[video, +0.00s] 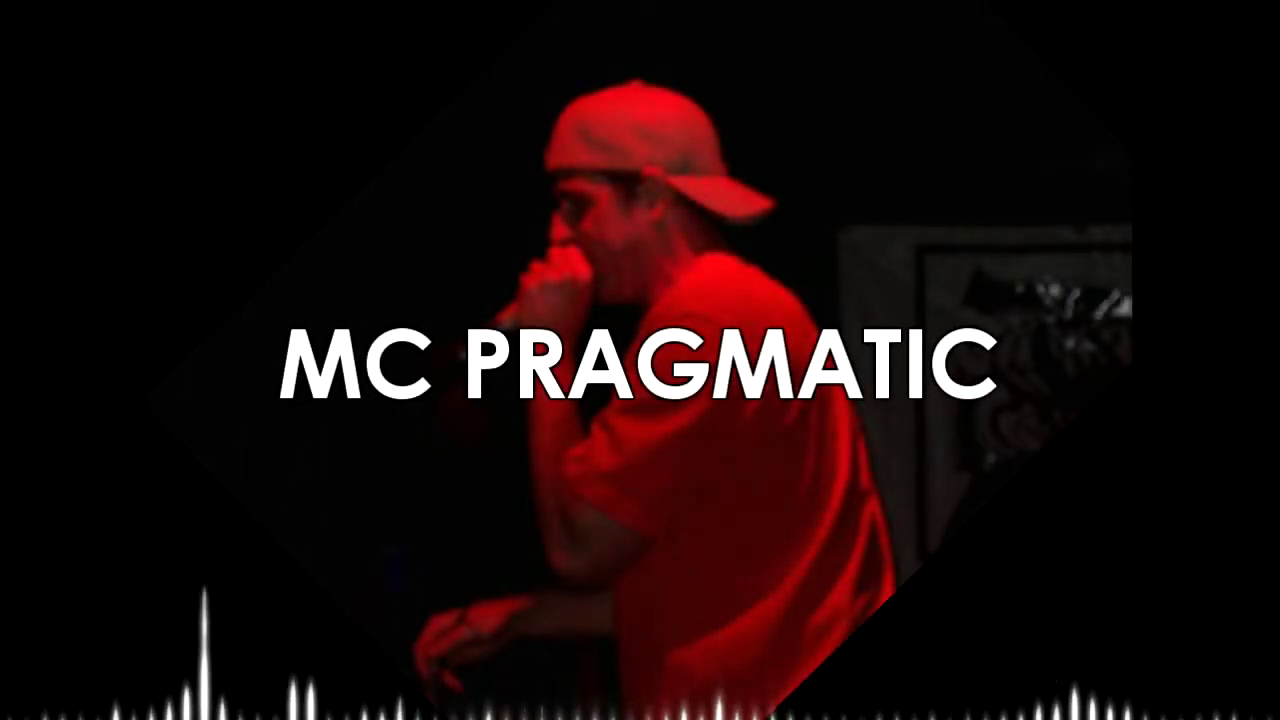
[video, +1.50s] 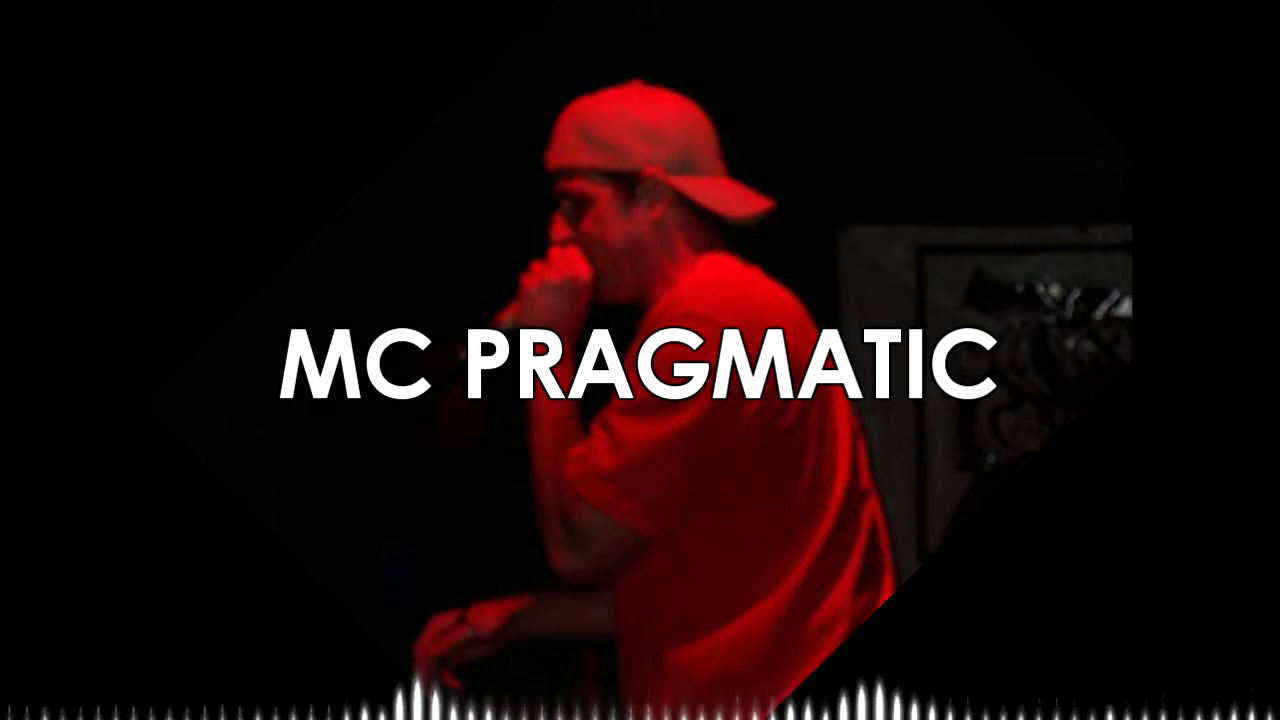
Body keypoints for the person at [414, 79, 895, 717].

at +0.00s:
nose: (559, 233)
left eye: (576, 206)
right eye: (559, 209)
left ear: (653, 200)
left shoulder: (707, 313)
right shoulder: (743, 304)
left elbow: (578, 543)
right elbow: (698, 579)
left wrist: (545, 349)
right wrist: (519, 620)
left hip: (738, 704)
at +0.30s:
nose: (559, 234)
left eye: (576, 206)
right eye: (559, 209)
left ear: (652, 198)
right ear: (649, 200)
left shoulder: (706, 313)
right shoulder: (744, 303)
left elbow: (577, 544)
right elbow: (700, 580)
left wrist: (545, 348)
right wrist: (520, 619)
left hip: (736, 704)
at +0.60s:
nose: (560, 233)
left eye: (577, 206)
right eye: (559, 209)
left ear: (652, 198)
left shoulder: (706, 314)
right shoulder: (747, 304)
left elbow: (577, 543)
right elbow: (701, 579)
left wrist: (545, 348)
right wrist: (522, 618)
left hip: (737, 704)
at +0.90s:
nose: (560, 233)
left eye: (577, 206)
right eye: (559, 209)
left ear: (652, 199)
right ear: (650, 200)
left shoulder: (706, 314)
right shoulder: (746, 303)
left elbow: (577, 543)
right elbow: (697, 579)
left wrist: (545, 347)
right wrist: (520, 619)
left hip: (744, 703)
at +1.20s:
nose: (560, 233)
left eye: (577, 206)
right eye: (559, 209)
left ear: (653, 199)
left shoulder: (705, 314)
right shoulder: (749, 304)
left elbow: (577, 543)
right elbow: (701, 579)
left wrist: (545, 348)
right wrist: (521, 619)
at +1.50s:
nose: (560, 233)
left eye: (577, 206)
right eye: (560, 209)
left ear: (652, 198)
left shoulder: (705, 314)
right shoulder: (747, 303)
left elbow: (577, 544)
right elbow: (702, 579)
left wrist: (546, 348)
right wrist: (521, 619)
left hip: (735, 706)